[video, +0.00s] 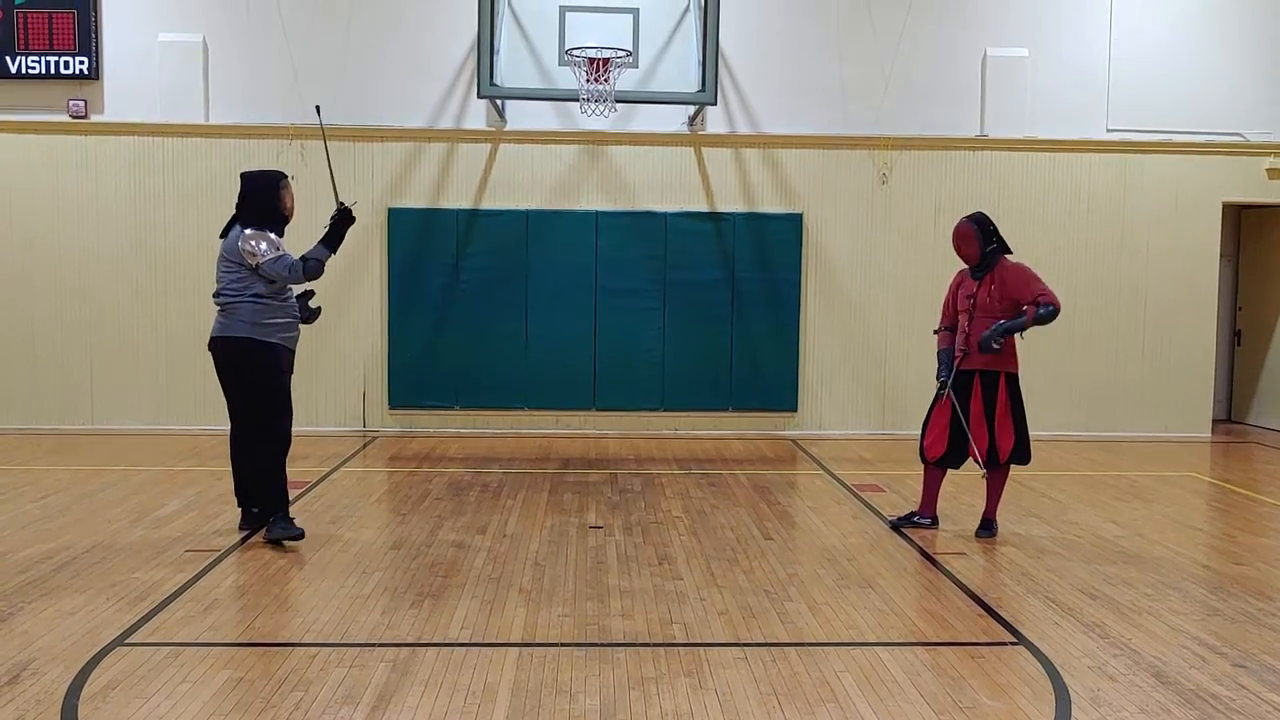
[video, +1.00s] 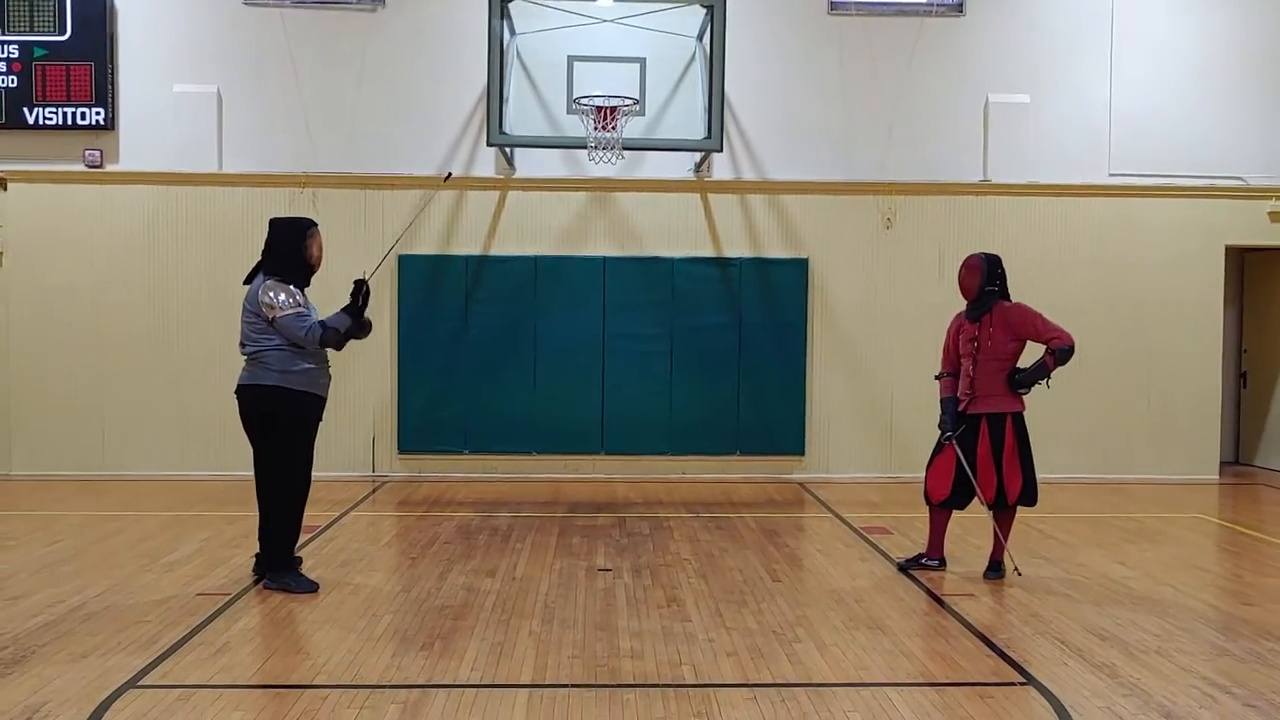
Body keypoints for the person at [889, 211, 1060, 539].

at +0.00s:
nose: (960, 251)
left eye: (964, 244)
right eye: (957, 245)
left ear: (984, 241)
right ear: (960, 245)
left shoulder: (1011, 271)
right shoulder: (961, 279)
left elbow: (1049, 306)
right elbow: (947, 325)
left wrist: (1004, 328)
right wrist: (944, 363)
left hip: (997, 373)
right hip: (960, 373)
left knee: (998, 443)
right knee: (936, 436)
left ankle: (989, 517)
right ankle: (926, 512)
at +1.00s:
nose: (963, 282)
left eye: (970, 274)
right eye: (962, 275)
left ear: (989, 278)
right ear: (963, 279)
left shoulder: (1012, 313)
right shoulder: (960, 321)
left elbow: (1063, 343)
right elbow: (948, 371)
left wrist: (1031, 374)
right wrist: (948, 414)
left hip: (1003, 415)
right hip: (964, 416)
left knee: (1004, 485)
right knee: (941, 477)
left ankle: (996, 558)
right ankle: (934, 553)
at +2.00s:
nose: (947, 263)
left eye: (953, 256)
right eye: (948, 256)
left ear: (971, 260)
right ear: (966, 261)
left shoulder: (996, 295)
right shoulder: (946, 304)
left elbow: (1045, 326)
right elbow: (933, 353)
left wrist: (1014, 358)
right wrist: (931, 394)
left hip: (985, 398)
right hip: (947, 398)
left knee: (986, 468)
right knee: (924, 461)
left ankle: (977, 540)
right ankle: (914, 535)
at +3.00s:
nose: (946, 248)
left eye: (953, 241)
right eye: (947, 241)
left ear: (972, 245)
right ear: (961, 246)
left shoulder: (995, 281)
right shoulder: (946, 291)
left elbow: (1044, 312)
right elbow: (934, 338)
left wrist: (1013, 343)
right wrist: (931, 377)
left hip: (984, 383)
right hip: (947, 383)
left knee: (986, 453)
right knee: (924, 445)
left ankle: (977, 525)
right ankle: (914, 520)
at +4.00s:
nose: (957, 228)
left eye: (963, 221)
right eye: (958, 222)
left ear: (981, 226)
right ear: (978, 226)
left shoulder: (1007, 262)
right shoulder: (957, 271)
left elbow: (1055, 293)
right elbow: (944, 320)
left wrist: (1024, 325)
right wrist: (942, 359)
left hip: (996, 364)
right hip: (958, 364)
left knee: (997, 434)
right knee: (934, 427)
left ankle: (988, 506)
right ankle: (925, 501)